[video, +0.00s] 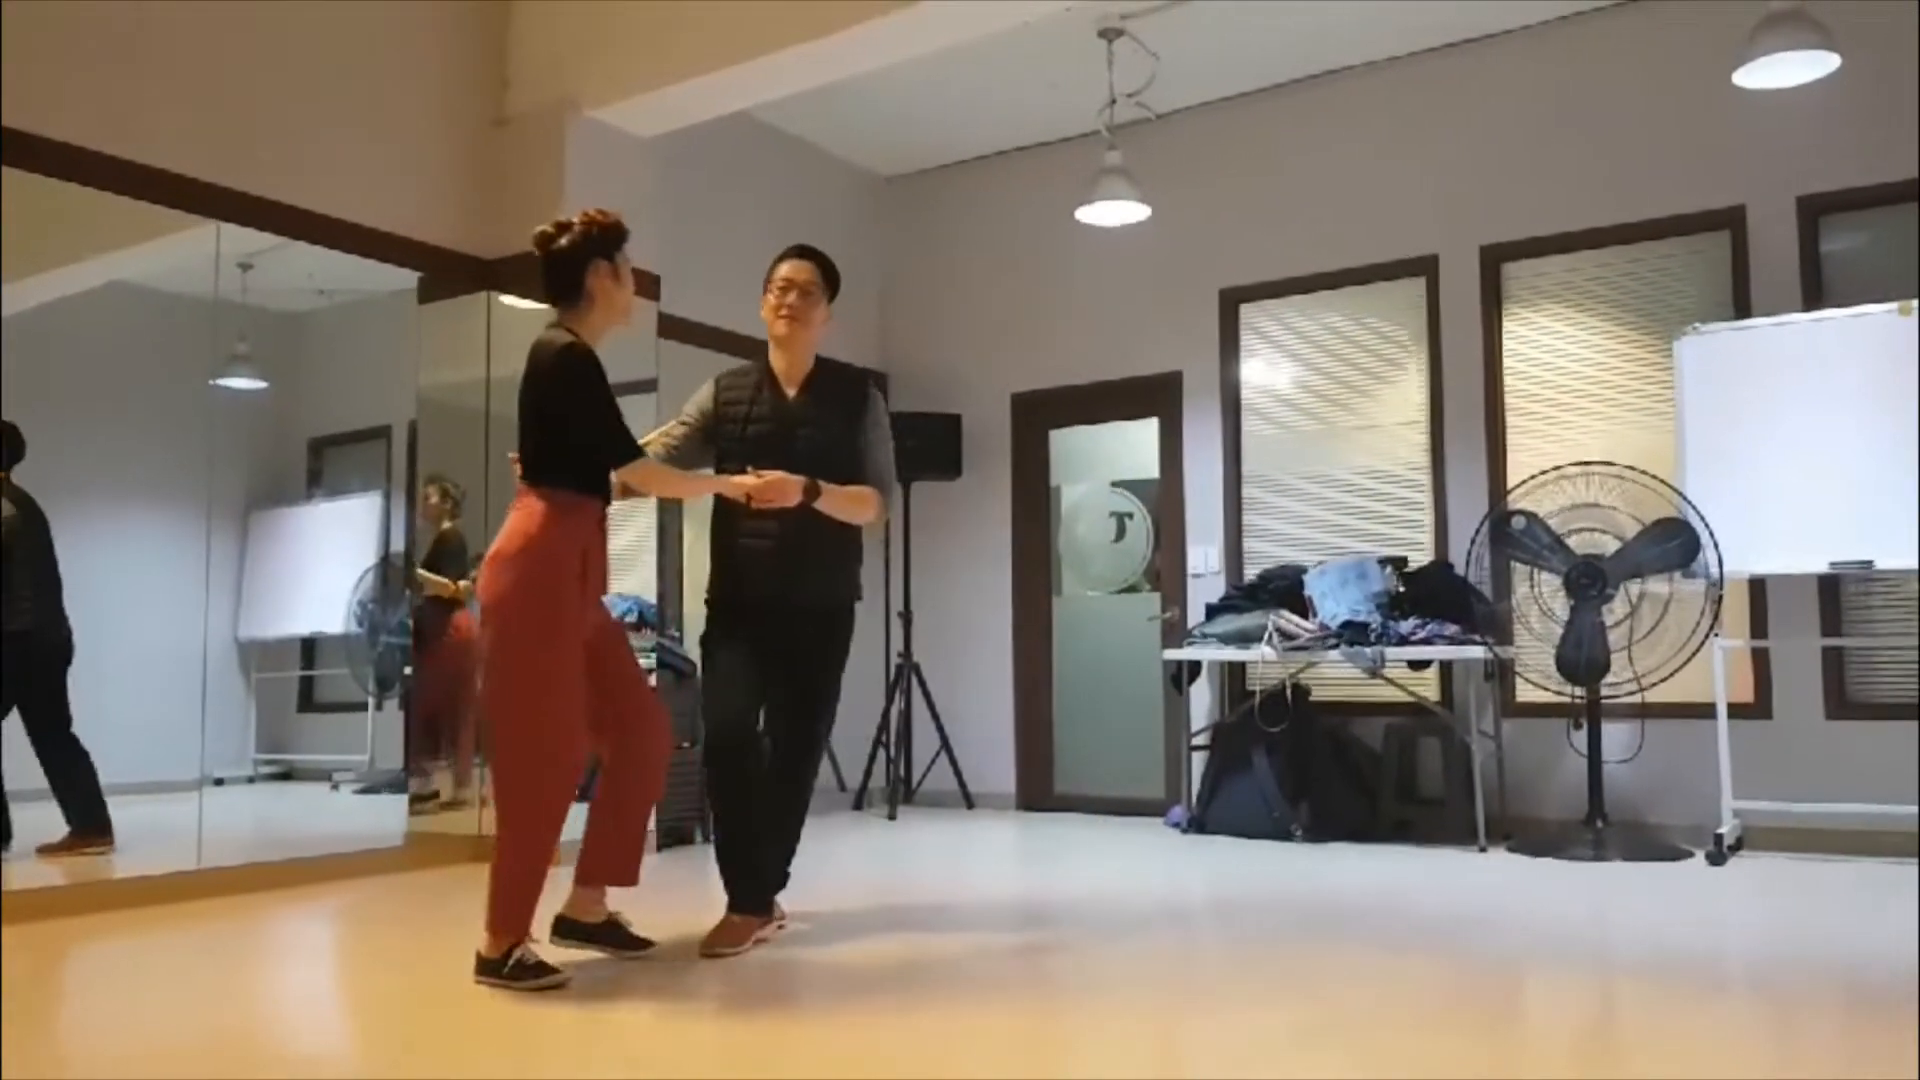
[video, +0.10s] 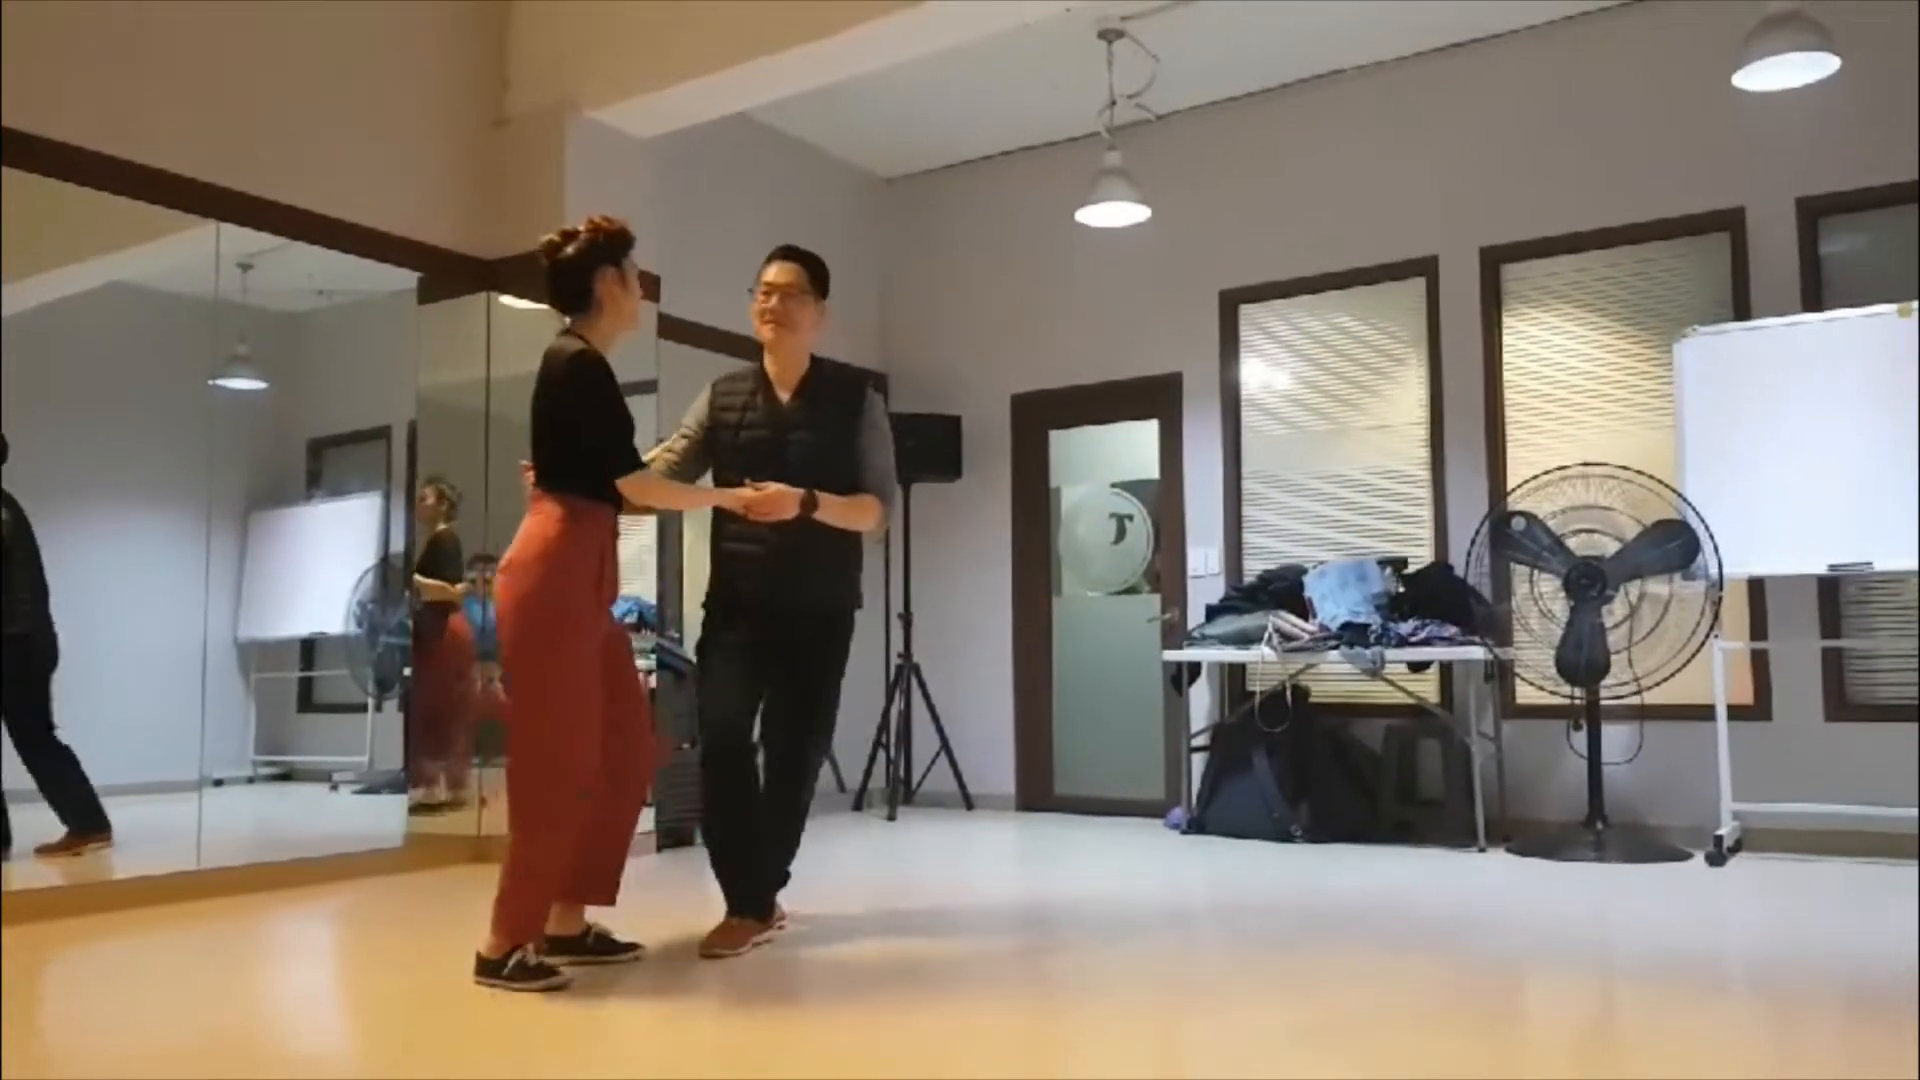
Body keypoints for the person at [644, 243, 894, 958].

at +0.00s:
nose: (785, 298)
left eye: (801, 290)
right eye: (777, 287)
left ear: (827, 309)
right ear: (762, 301)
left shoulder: (858, 396)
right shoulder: (727, 390)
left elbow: (875, 505)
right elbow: (647, 468)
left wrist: (807, 489)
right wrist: (559, 466)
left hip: (819, 605)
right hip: (737, 600)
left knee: (794, 747)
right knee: (725, 735)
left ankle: (761, 897)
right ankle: (745, 902)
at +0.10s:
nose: (773, 303)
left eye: (790, 293)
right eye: (765, 291)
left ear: (820, 311)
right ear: (752, 308)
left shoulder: (857, 398)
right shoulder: (726, 394)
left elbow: (876, 512)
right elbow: (655, 478)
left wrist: (806, 501)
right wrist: (570, 480)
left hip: (818, 607)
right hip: (736, 603)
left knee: (794, 751)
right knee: (721, 739)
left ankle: (761, 896)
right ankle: (745, 906)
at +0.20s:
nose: (754, 294)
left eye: (772, 284)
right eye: (749, 283)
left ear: (812, 300)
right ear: (741, 297)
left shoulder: (858, 394)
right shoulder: (722, 386)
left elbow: (882, 501)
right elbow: (667, 478)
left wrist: (808, 496)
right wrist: (582, 479)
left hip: (822, 605)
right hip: (737, 601)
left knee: (801, 754)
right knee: (726, 749)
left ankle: (770, 883)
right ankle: (745, 907)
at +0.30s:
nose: (747, 284)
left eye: (764, 272)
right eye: (742, 272)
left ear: (807, 287)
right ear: (735, 286)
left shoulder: (858, 380)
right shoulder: (725, 375)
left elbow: (894, 484)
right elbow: (678, 471)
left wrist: (816, 483)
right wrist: (593, 471)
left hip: (832, 596)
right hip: (746, 594)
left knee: (820, 748)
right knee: (739, 753)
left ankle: (808, 863)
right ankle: (746, 908)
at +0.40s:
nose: (745, 278)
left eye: (762, 265)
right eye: (742, 267)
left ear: (811, 277)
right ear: (746, 282)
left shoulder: (867, 369)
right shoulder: (741, 370)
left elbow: (912, 477)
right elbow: (712, 467)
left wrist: (832, 479)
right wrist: (625, 473)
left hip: (850, 587)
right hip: (766, 586)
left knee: (851, 743)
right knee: (749, 747)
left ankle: (875, 911)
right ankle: (748, 910)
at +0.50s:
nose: (750, 277)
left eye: (767, 264)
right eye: (748, 266)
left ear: (818, 275)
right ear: (757, 282)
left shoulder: (876, 368)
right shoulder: (754, 371)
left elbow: (926, 474)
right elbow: (726, 472)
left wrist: (842, 481)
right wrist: (645, 475)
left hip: (867, 595)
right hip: (782, 594)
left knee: (870, 754)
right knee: (754, 752)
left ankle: (901, 922)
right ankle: (749, 910)